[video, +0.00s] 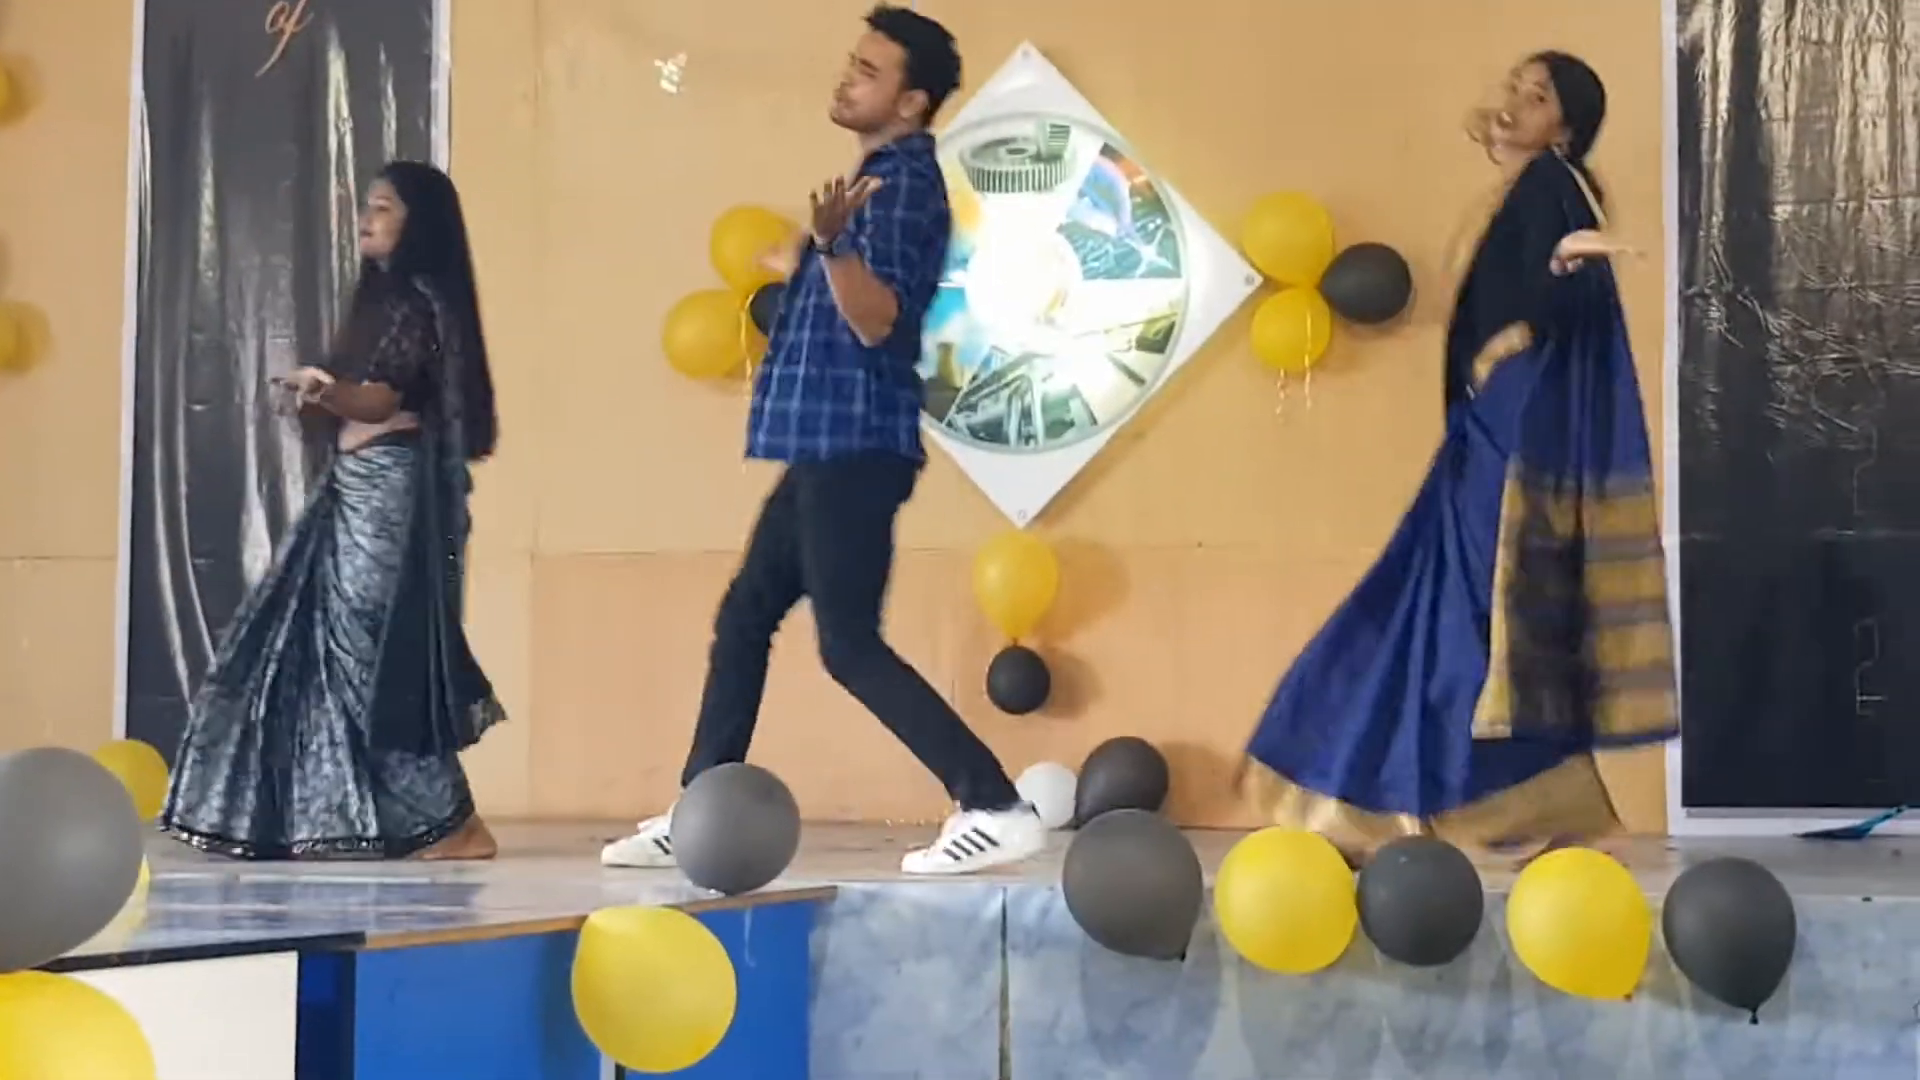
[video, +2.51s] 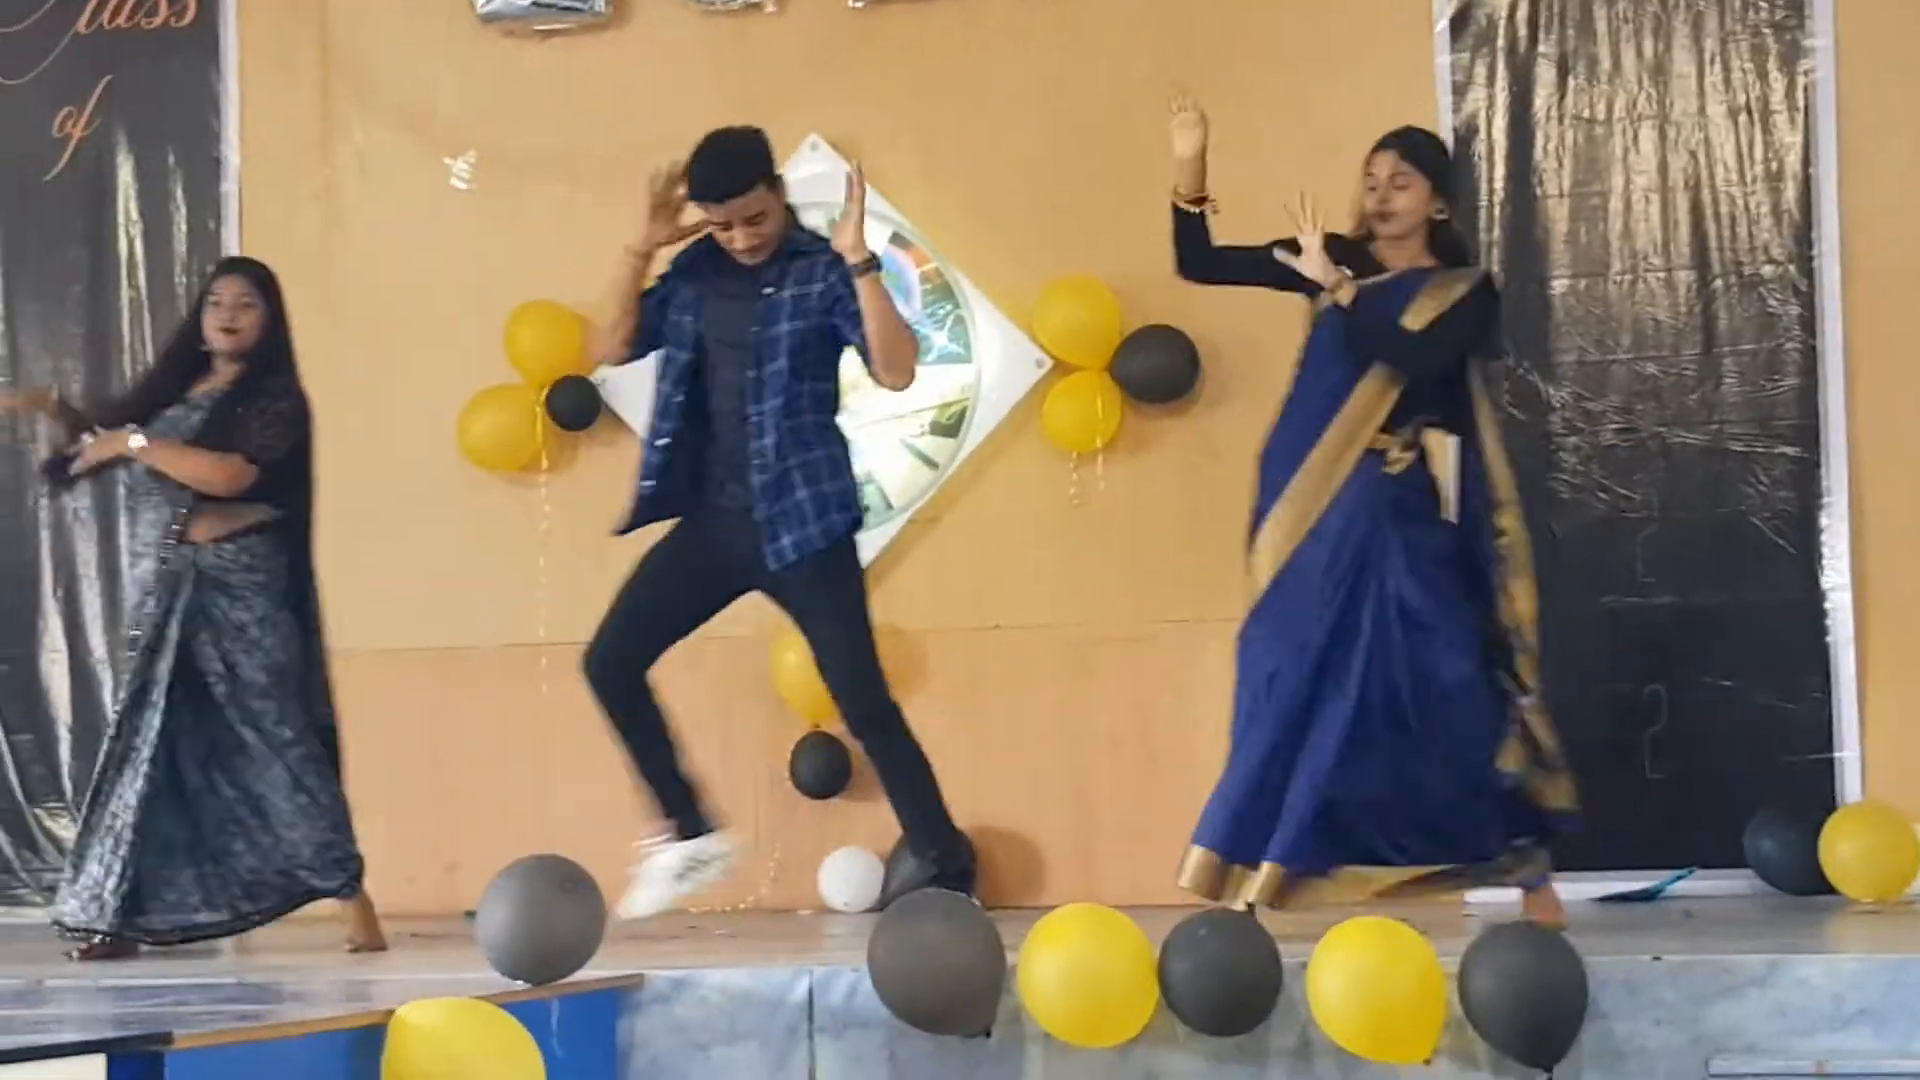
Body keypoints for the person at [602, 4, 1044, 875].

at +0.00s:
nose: (846, 80)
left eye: (868, 72)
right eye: (851, 65)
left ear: (915, 98)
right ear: (876, 85)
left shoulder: (907, 177)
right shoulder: (867, 179)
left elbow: (875, 320)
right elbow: (826, 317)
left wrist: (834, 241)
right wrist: (779, 289)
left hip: (860, 451)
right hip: (824, 451)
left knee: (850, 648)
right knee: (743, 622)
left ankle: (996, 806)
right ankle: (699, 822)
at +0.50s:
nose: (1000, 88)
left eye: (1022, 77)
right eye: (1005, 72)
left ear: (1073, 101)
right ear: (1060, 98)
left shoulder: (1056, 184)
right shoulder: (1087, 189)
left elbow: (1044, 321)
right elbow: (1068, 326)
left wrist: (971, 249)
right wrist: (983, 262)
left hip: (1043, 453)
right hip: (1100, 457)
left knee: (928, 615)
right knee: (1128, 654)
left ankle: (978, 829)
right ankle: (1246, 824)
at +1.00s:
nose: (902, 233)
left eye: (918, 214)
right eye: (889, 218)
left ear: (960, 213)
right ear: (880, 223)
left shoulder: (1009, 325)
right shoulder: (862, 320)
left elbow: (1020, 461)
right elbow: (852, 444)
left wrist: (930, 397)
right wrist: (811, 510)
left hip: (976, 549)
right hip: (899, 557)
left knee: (942, 752)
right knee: (953, 767)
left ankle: (987, 949)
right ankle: (1124, 919)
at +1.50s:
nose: (614, 301)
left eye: (627, 282)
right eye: (596, 286)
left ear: (648, 264)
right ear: (569, 275)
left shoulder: (700, 328)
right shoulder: (542, 342)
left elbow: (798, 430)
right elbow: (466, 450)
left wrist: (800, 368)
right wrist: (460, 376)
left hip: (696, 579)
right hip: (592, 584)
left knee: (756, 734)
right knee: (535, 755)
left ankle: (874, 909)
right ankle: (486, 949)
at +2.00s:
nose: (567, 244)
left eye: (577, 225)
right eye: (547, 231)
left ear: (591, 214)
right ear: (510, 225)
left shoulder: (630, 275)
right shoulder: (472, 296)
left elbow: (751, 328)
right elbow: (369, 380)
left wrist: (688, 245)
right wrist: (408, 276)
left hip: (626, 534)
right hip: (527, 539)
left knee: (644, 696)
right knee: (501, 734)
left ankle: (631, 869)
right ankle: (477, 924)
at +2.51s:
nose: (741, 237)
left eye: (756, 218)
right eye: (724, 224)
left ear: (781, 196)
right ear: (703, 215)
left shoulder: (826, 270)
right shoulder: (693, 275)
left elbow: (897, 368)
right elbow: (616, 349)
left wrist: (860, 261)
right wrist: (642, 251)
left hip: (804, 527)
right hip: (714, 527)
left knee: (864, 706)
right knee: (611, 663)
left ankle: (948, 871)